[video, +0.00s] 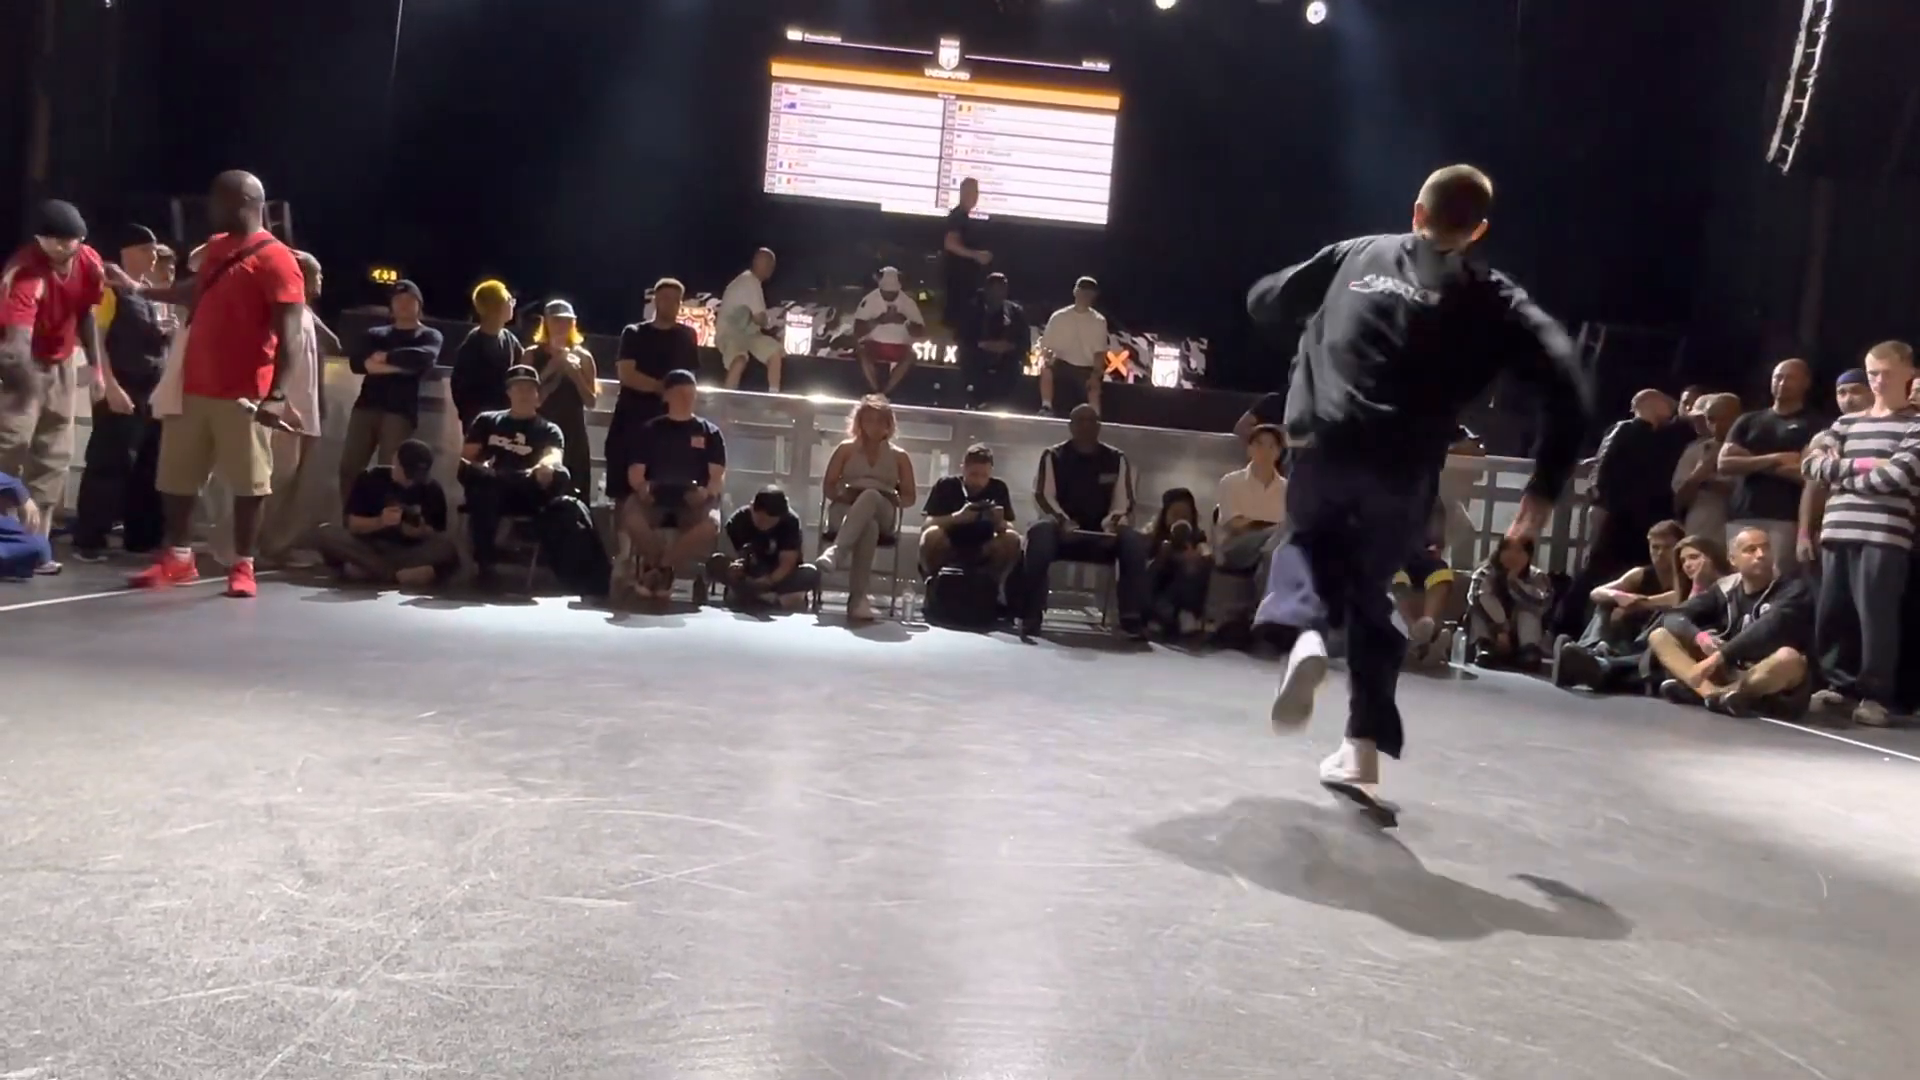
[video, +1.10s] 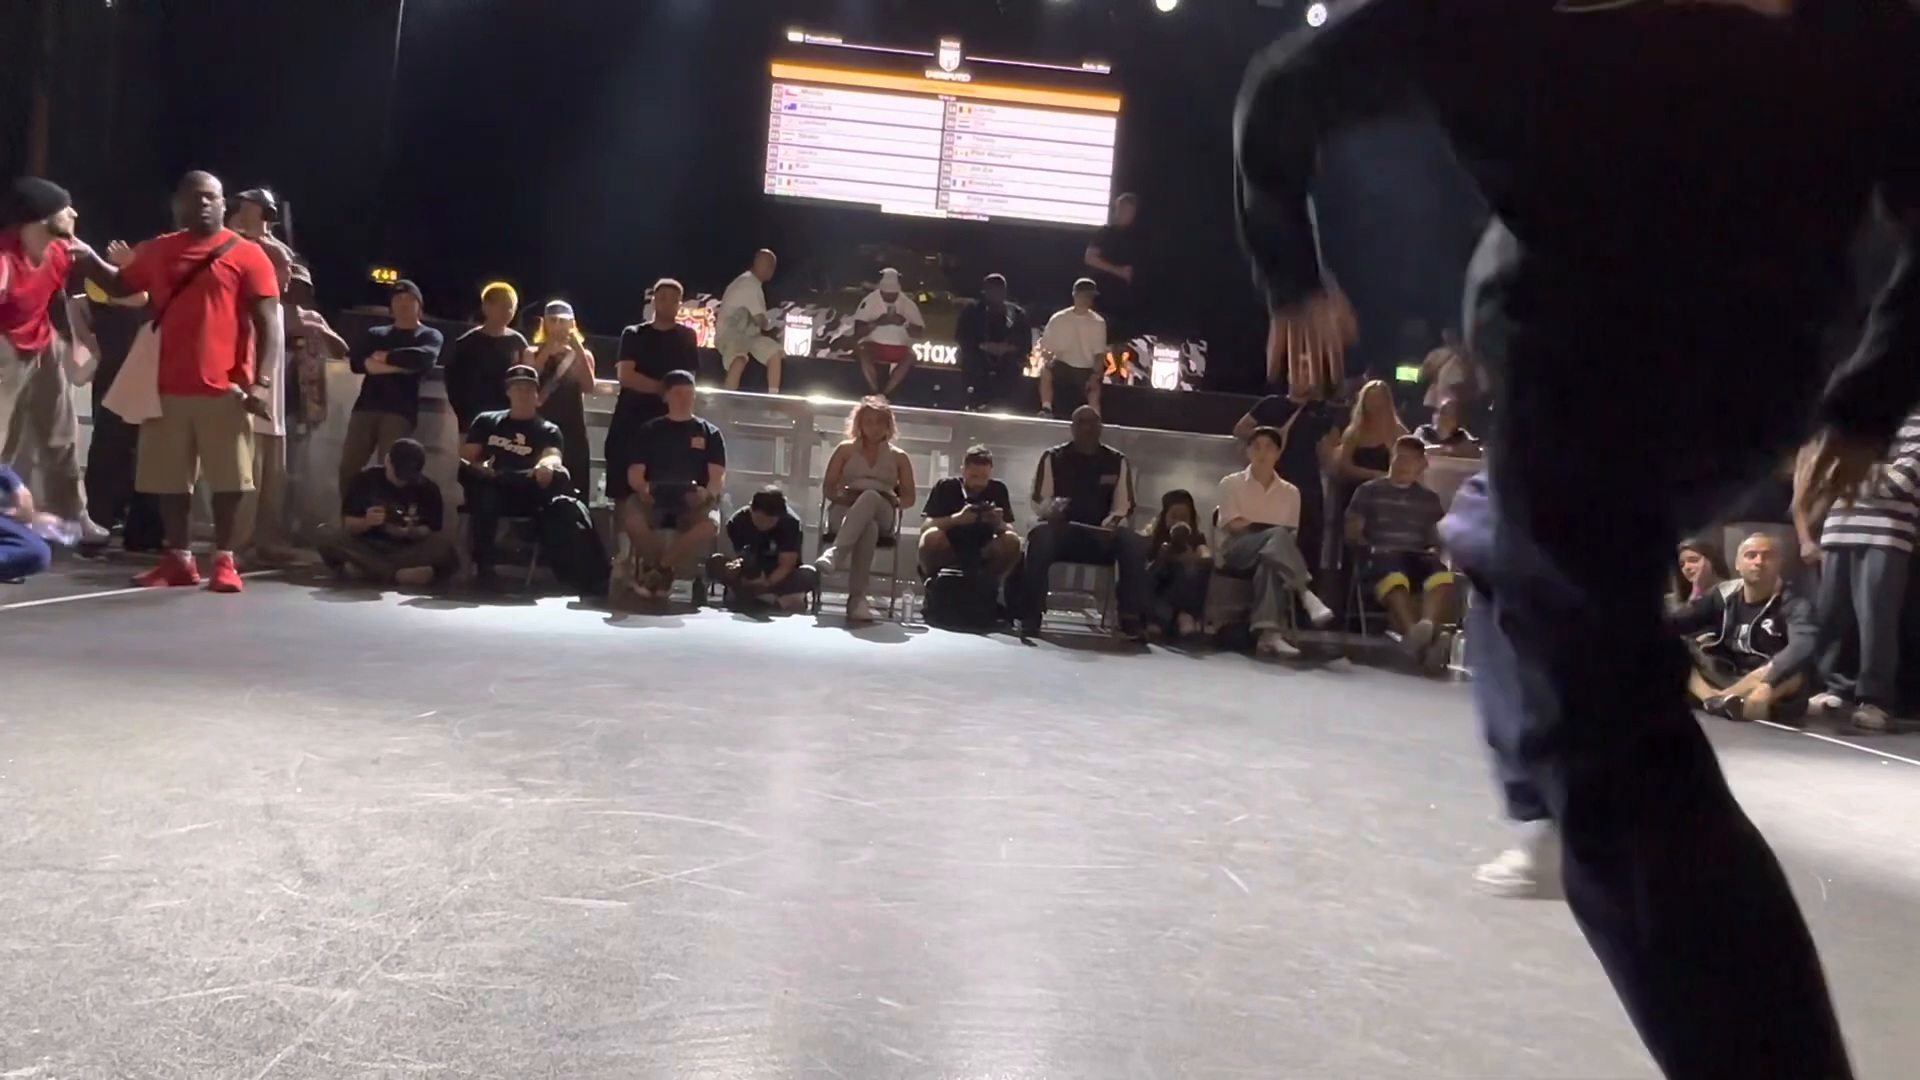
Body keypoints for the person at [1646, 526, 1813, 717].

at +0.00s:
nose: (1760, 555)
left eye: (1765, 548)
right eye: (1750, 550)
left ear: (1772, 553)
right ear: (1734, 559)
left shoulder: (1793, 590)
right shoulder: (1724, 589)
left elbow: (1769, 629)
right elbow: (1673, 617)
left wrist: (1717, 659)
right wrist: (1698, 636)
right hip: (1726, 672)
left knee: (1789, 658)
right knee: (1659, 636)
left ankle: (1706, 694)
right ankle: (1713, 694)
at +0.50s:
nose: (1759, 557)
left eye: (1766, 550)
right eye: (1751, 551)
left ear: (1775, 556)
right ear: (1737, 559)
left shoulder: (1793, 589)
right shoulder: (1726, 589)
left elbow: (1792, 629)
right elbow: (1672, 614)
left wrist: (1732, 650)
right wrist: (1682, 630)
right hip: (1726, 672)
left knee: (1787, 658)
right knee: (1659, 636)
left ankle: (1723, 696)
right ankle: (1710, 696)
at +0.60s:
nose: (1760, 558)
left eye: (1767, 551)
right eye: (1752, 552)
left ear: (1776, 557)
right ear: (1738, 560)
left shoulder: (1795, 592)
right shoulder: (1728, 590)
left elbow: (1794, 629)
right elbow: (1680, 610)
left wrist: (1742, 649)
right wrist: (1667, 624)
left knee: (1788, 659)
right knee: (1661, 637)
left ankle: (1712, 697)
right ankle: (1711, 694)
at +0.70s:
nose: (1762, 558)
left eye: (1769, 552)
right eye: (1754, 552)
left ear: (1778, 557)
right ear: (1739, 560)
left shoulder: (1795, 590)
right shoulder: (1727, 591)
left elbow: (1794, 626)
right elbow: (1686, 608)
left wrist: (1754, 651)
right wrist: (1650, 624)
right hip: (1727, 666)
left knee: (1784, 660)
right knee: (1664, 635)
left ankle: (1719, 697)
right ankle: (1710, 695)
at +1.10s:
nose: (1759, 562)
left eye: (1767, 556)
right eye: (1751, 555)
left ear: (1778, 564)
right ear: (1738, 564)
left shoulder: (1792, 602)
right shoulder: (1724, 593)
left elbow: (1802, 644)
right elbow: (1686, 619)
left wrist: (1764, 677)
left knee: (1795, 674)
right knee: (1674, 650)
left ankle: (1727, 697)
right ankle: (1712, 698)